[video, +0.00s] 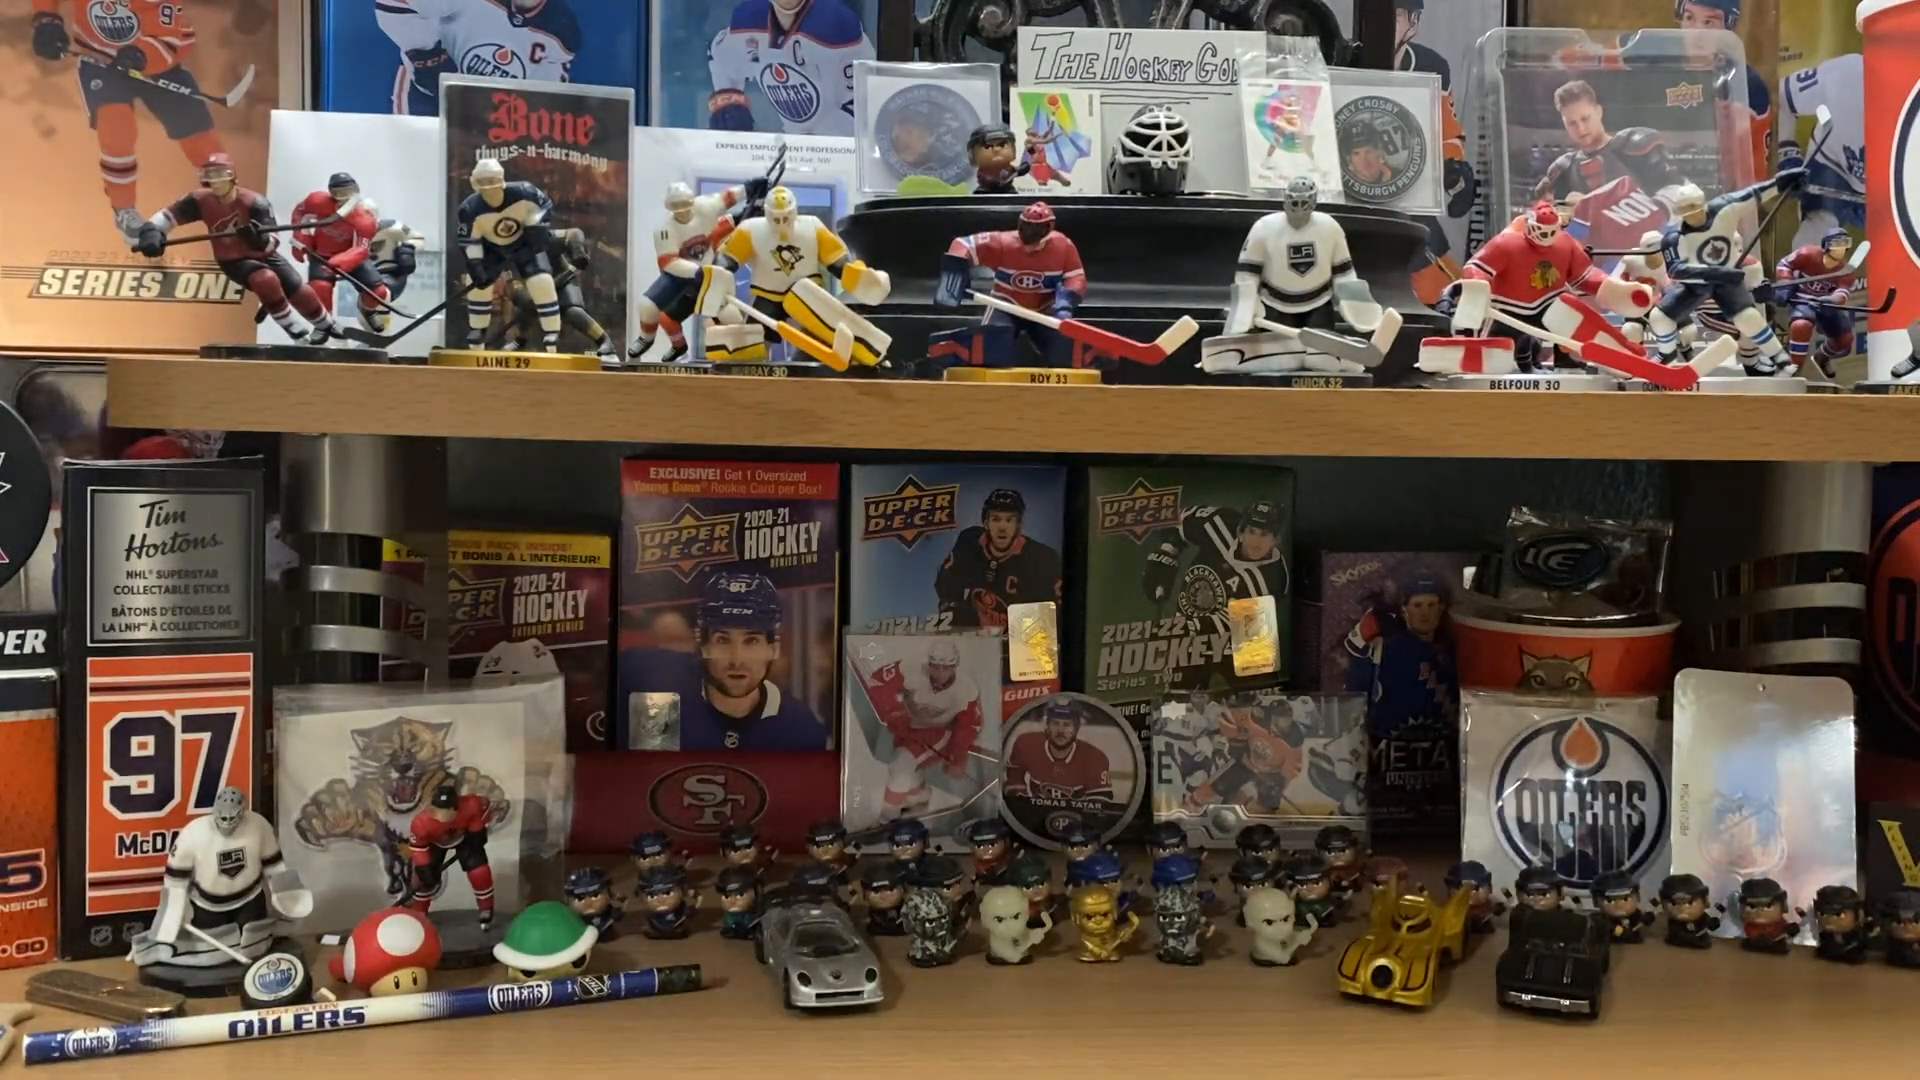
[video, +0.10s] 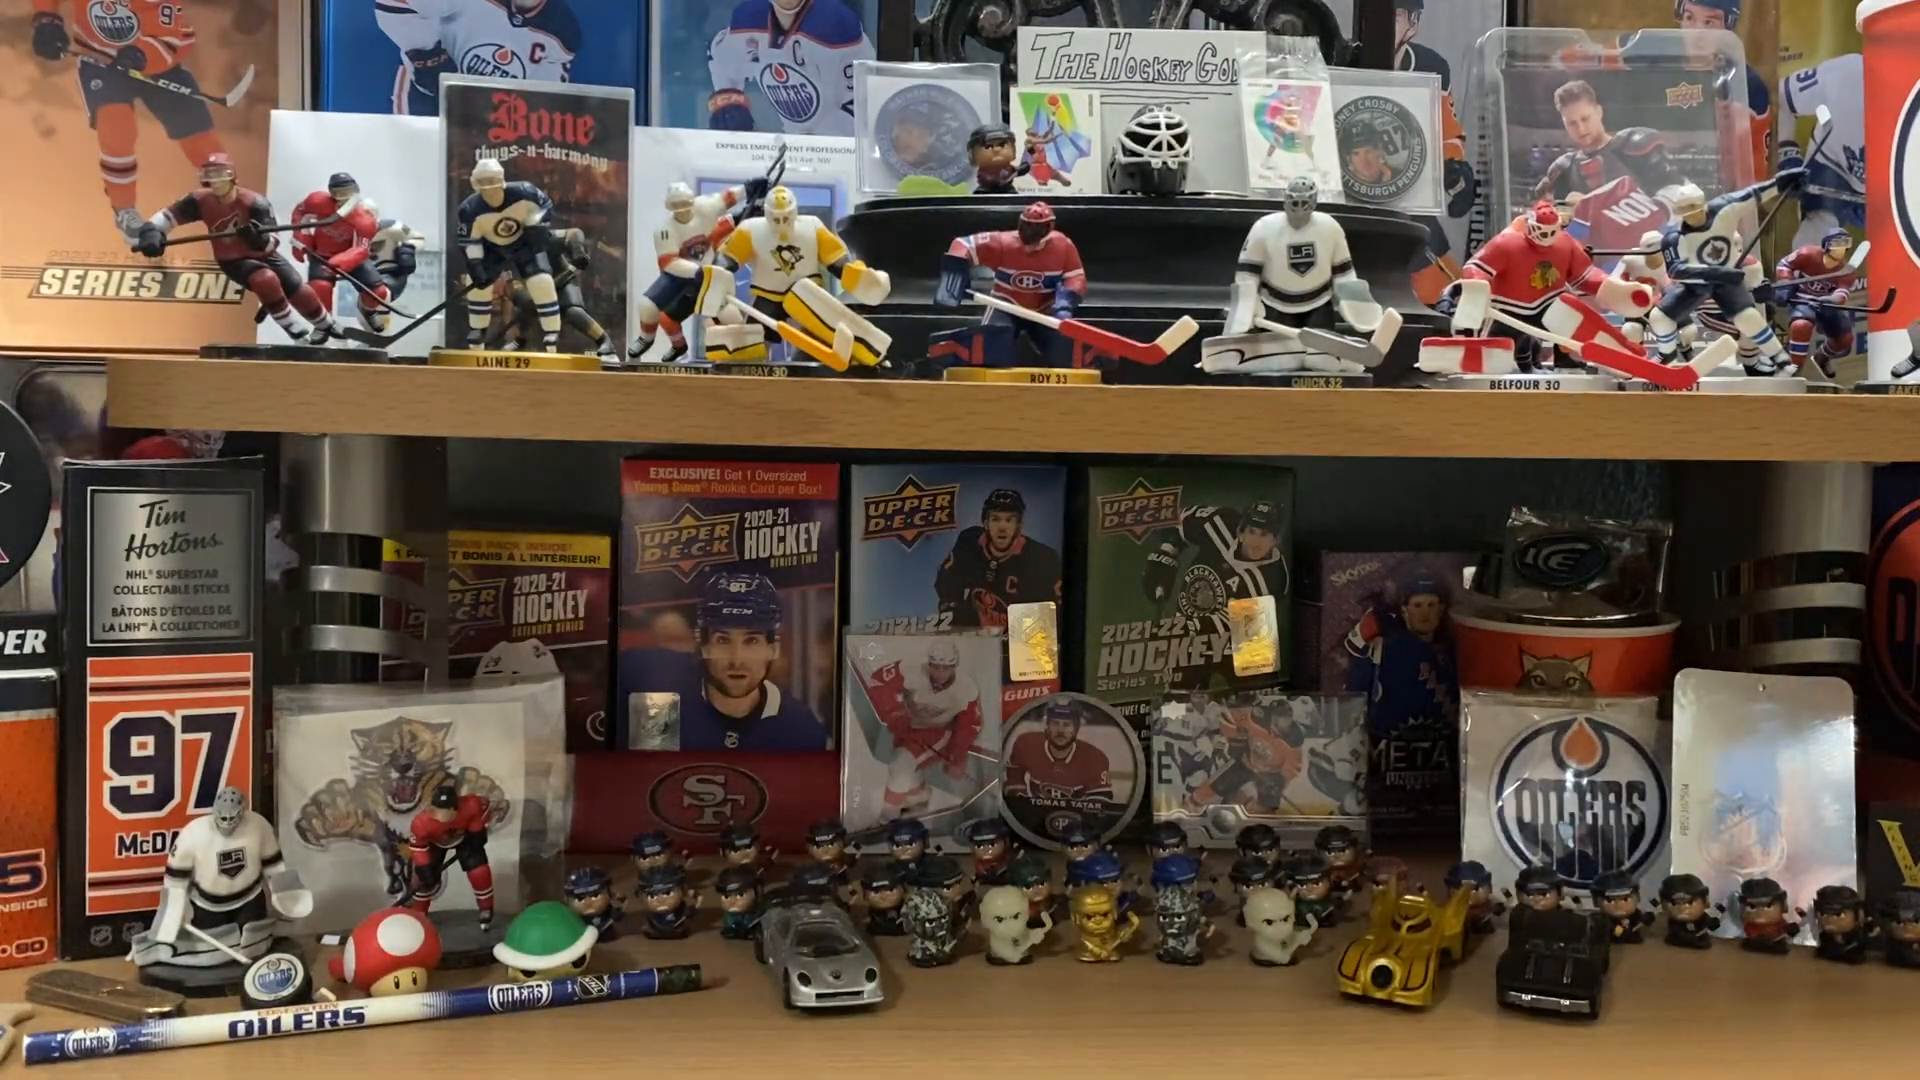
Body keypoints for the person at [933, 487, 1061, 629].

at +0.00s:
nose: (1002, 527)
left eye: (1009, 520)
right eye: (996, 520)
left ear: (1019, 525)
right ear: (985, 523)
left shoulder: (1042, 558)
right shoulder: (968, 542)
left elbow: (1045, 607)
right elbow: (944, 581)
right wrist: (949, 607)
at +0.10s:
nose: (1002, 527)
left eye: (1009, 520)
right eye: (996, 520)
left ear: (1019, 525)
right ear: (985, 523)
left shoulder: (1042, 559)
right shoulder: (968, 542)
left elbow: (1046, 606)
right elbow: (944, 580)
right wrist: (949, 607)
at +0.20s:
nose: (1002, 527)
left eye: (1009, 520)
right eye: (996, 520)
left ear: (1019, 525)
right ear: (985, 523)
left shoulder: (1042, 559)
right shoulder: (968, 542)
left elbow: (1046, 606)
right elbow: (944, 581)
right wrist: (949, 607)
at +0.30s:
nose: (1002, 527)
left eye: (1009, 520)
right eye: (996, 520)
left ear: (1019, 525)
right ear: (985, 523)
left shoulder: (1042, 559)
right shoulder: (968, 542)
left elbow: (1046, 607)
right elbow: (944, 580)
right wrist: (949, 607)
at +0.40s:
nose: (1002, 527)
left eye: (1009, 520)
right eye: (996, 520)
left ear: (1019, 525)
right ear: (985, 523)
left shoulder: (1041, 559)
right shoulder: (969, 543)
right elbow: (946, 578)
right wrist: (949, 607)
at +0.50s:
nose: (1002, 527)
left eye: (1009, 520)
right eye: (996, 519)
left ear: (1019, 525)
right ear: (985, 523)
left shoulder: (1041, 559)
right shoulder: (968, 543)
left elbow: (1047, 605)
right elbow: (946, 577)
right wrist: (949, 607)